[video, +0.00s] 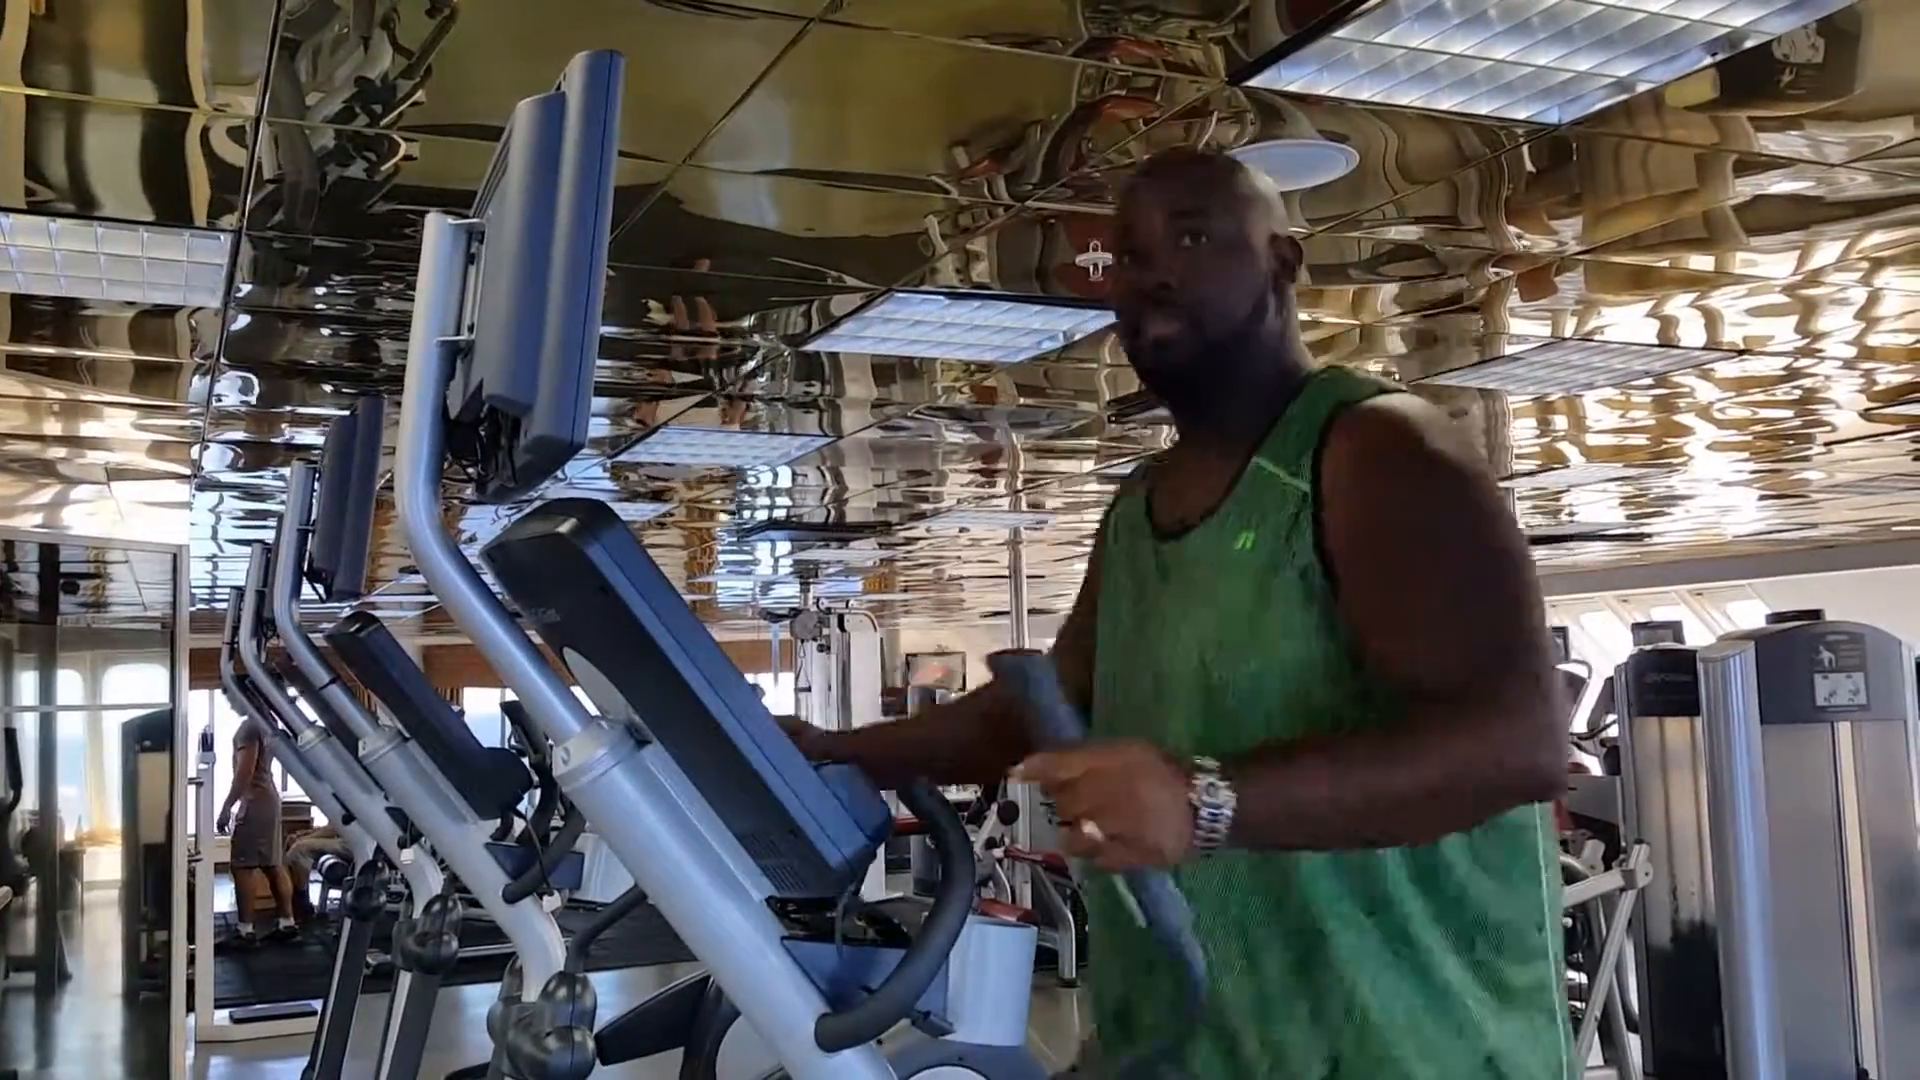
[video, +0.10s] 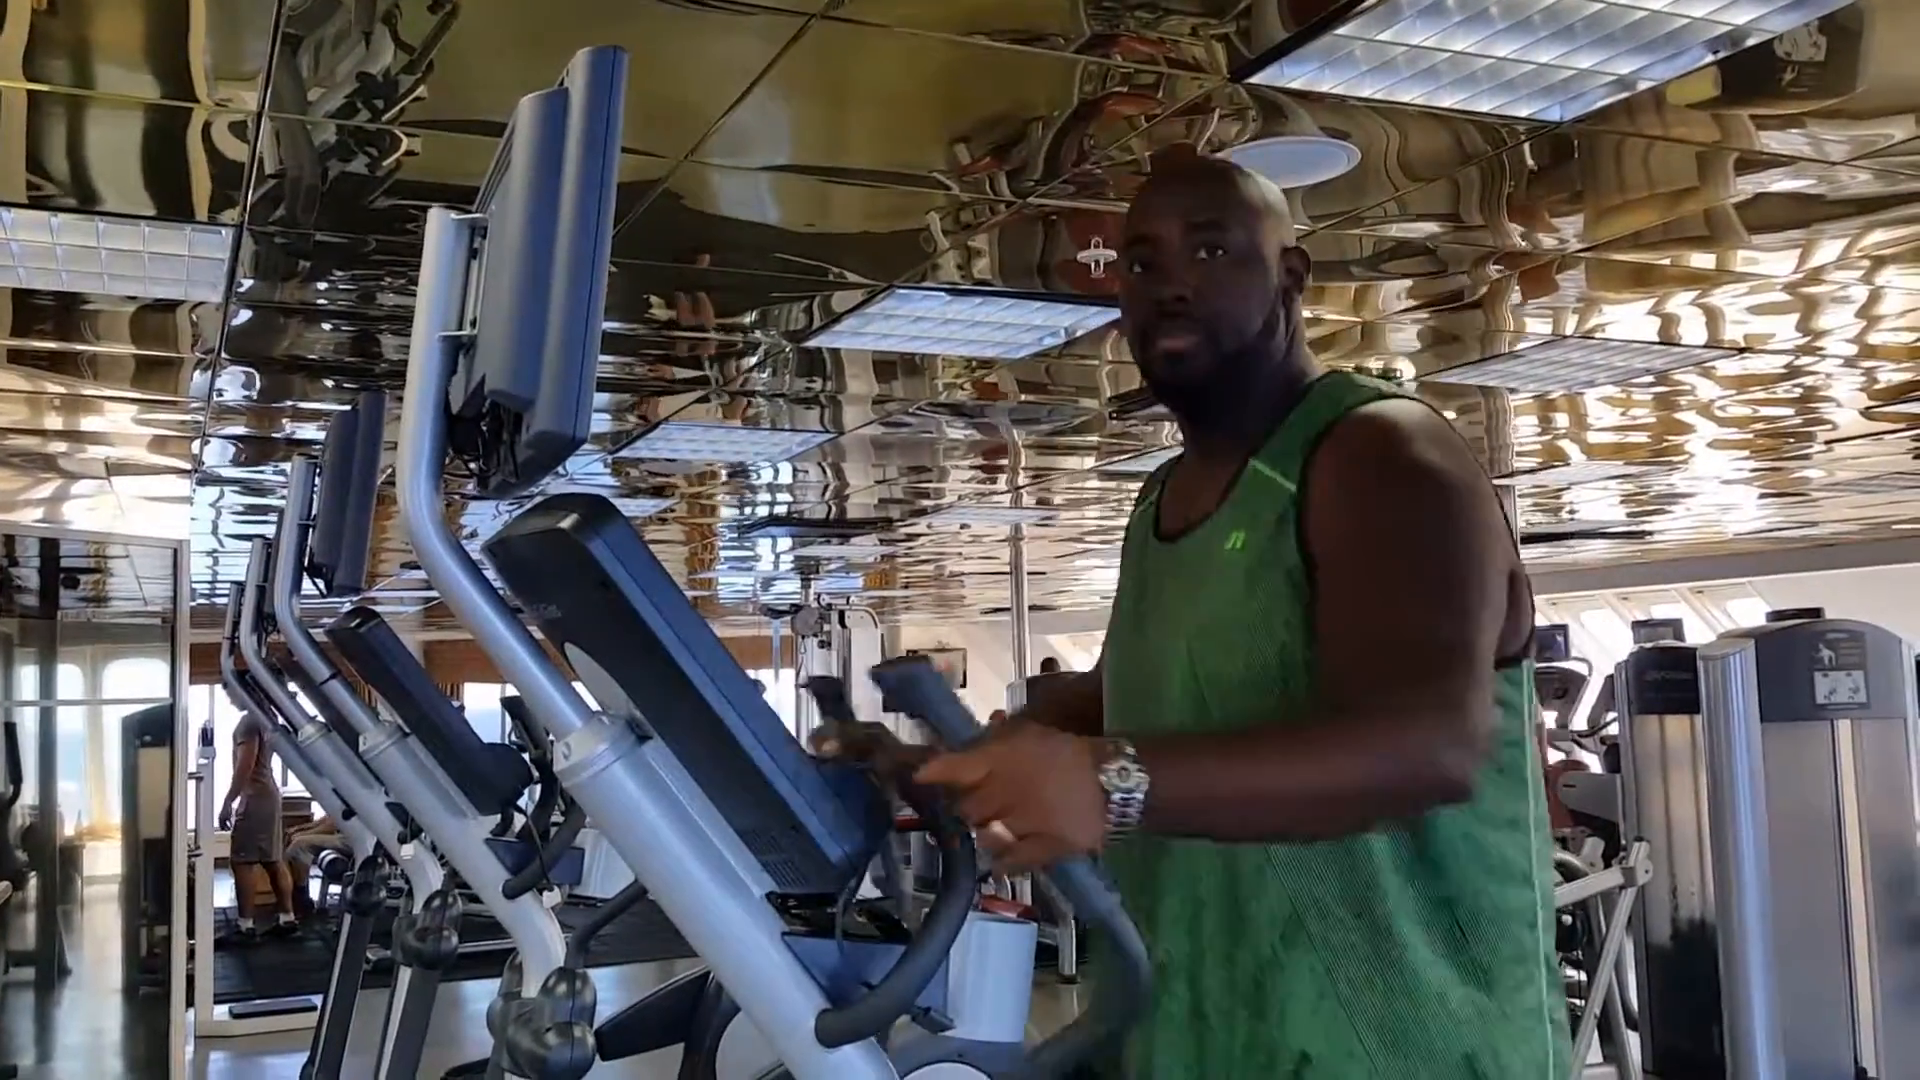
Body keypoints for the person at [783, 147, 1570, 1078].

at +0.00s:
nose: (1145, 276)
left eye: (1192, 236)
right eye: (1127, 255)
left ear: (1283, 265)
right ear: (1110, 290)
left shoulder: (1388, 460)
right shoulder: (1139, 512)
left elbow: (1517, 738)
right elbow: (1052, 712)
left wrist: (1210, 803)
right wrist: (842, 756)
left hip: (1407, 1046)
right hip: (1168, 1044)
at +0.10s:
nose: (1166, 286)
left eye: (1211, 247)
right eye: (1140, 262)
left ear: (1292, 279)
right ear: (1120, 295)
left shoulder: (1394, 459)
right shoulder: (1167, 496)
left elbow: (1432, 743)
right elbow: (1150, 696)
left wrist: (1118, 784)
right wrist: (980, 750)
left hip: (1396, 1037)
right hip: (1191, 1032)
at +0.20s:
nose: (1157, 260)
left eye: (1199, 226)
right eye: (1134, 239)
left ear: (1281, 259)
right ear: (1115, 278)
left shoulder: (1369, 425)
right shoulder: (1171, 475)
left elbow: (1359, 689)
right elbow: (1179, 688)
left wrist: (1056, 777)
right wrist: (1045, 754)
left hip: (1394, 1021)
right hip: (1204, 1014)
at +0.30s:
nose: (1131, 221)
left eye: (1175, 189)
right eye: (1108, 200)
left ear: (1257, 219)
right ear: (1088, 242)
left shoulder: (1343, 380)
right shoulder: (1160, 432)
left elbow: (1310, 629)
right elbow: (1189, 664)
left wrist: (1024, 771)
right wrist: (1031, 740)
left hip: (1379, 1008)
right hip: (1190, 989)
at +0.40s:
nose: (1109, 192)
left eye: (1154, 162)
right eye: (1082, 173)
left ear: (1235, 194)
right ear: (1065, 219)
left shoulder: (1324, 352)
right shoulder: (1132, 414)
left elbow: (1286, 604)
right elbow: (1167, 641)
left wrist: (1028, 760)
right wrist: (1060, 712)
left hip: (1369, 990)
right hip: (1179, 979)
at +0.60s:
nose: (1104, 257)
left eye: (1143, 226)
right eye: (1076, 237)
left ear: (1218, 255)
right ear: (1050, 273)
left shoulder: (1312, 417)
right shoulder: (1087, 476)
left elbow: (1377, 668)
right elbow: (1080, 671)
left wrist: (1124, 765)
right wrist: (910, 750)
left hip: (1335, 993)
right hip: (1157, 992)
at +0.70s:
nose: (1104, 291)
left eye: (1143, 259)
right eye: (1078, 269)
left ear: (1219, 287)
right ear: (1057, 303)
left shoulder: (1325, 449)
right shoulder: (1078, 509)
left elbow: (1460, 709)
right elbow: (1025, 709)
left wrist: (1223, 785)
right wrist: (833, 747)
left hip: (1327, 1020)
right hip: (1134, 1017)